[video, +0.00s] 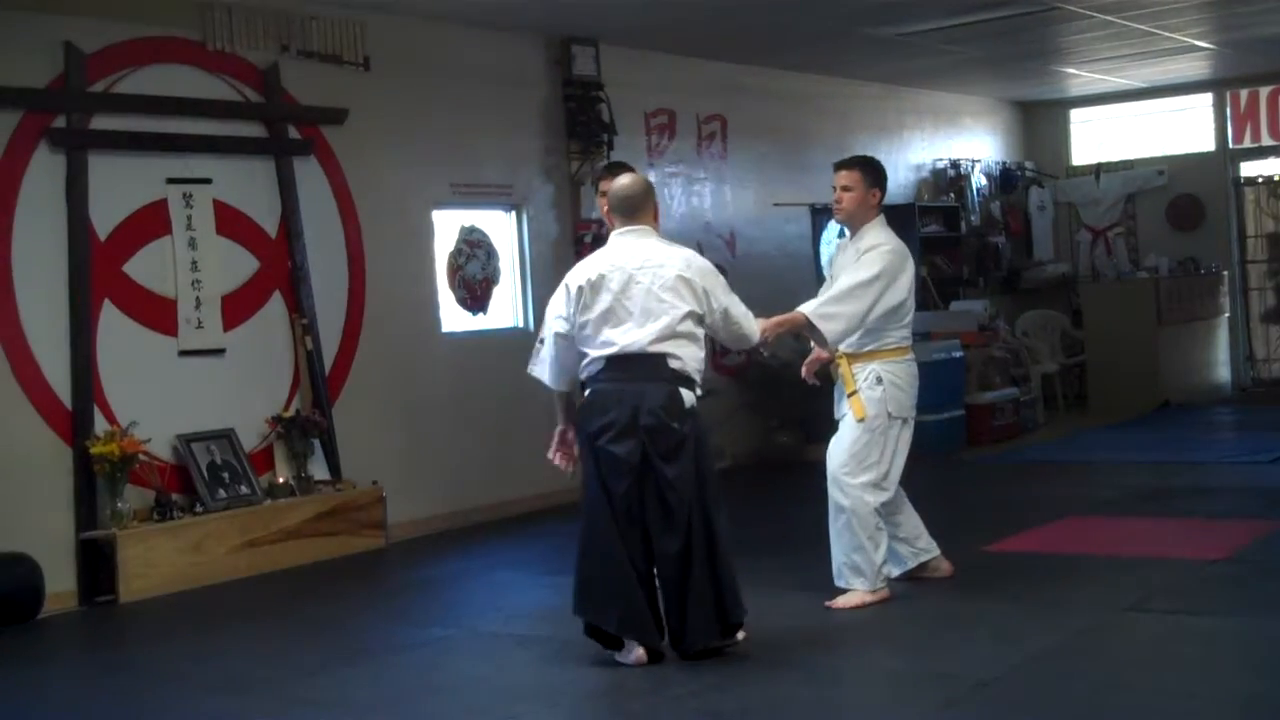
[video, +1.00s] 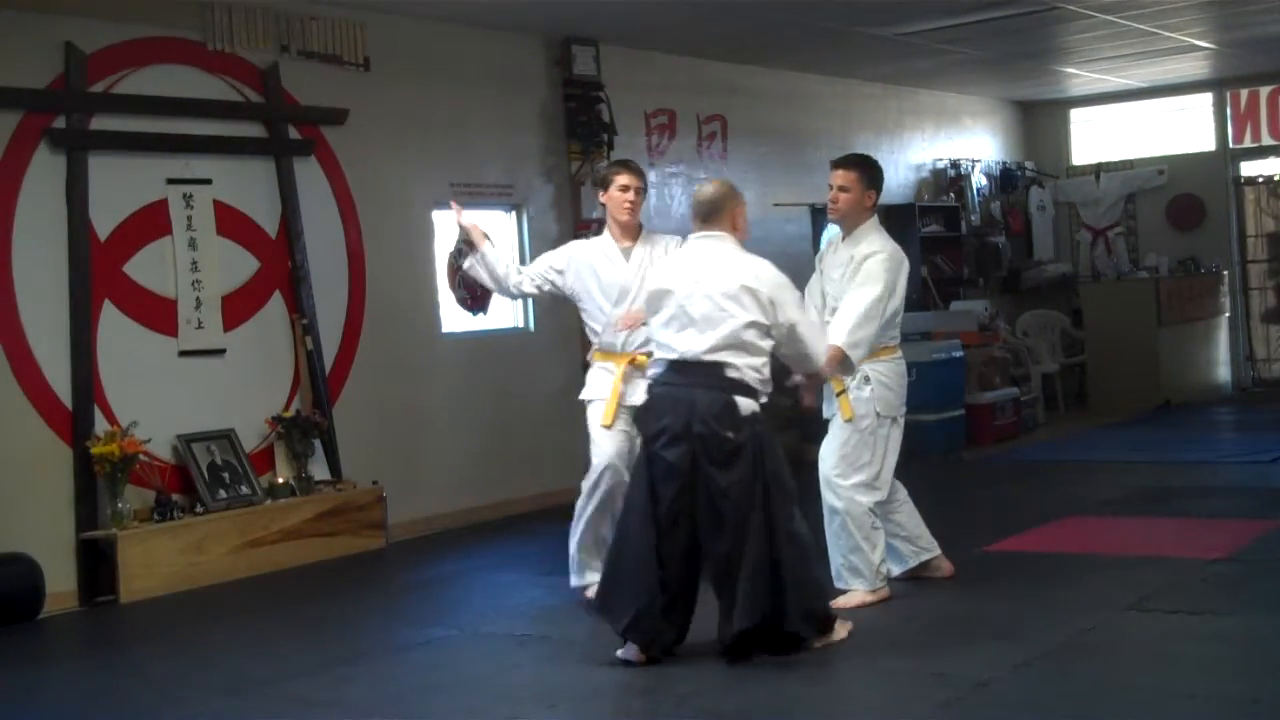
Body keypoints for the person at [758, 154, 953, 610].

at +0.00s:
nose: (836, 198)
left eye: (845, 190)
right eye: (834, 190)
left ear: (874, 197)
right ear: (838, 195)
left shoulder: (885, 250)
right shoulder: (851, 245)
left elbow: (841, 302)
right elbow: (849, 307)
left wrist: (783, 322)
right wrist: (827, 348)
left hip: (884, 374)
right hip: (856, 373)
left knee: (845, 465)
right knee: (869, 474)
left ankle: (868, 582)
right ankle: (925, 559)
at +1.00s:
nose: (831, 197)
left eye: (842, 190)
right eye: (830, 188)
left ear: (869, 198)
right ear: (831, 193)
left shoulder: (882, 254)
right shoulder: (833, 245)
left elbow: (856, 328)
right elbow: (810, 310)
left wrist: (817, 375)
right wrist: (801, 361)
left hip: (875, 373)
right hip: (846, 371)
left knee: (840, 470)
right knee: (868, 475)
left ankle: (864, 582)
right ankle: (926, 558)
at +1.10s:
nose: (835, 197)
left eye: (846, 190)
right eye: (834, 188)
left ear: (873, 198)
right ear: (834, 192)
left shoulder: (886, 254)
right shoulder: (833, 240)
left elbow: (872, 328)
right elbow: (821, 303)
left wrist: (849, 374)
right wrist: (812, 348)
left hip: (874, 375)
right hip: (842, 373)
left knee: (837, 469)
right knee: (868, 474)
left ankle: (865, 581)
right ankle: (925, 557)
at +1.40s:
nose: (849, 194)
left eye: (860, 188)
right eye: (847, 185)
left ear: (885, 198)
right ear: (844, 190)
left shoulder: (893, 252)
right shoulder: (840, 242)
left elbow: (918, 297)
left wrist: (935, 329)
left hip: (867, 371)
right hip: (834, 368)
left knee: (846, 477)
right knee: (863, 472)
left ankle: (864, 582)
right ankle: (924, 557)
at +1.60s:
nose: (854, 192)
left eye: (865, 187)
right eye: (852, 184)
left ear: (888, 197)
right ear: (849, 190)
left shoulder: (895, 251)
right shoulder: (843, 241)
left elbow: (923, 297)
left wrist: (944, 325)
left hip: (868, 370)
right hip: (836, 367)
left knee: (849, 479)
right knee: (864, 470)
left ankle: (863, 581)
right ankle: (924, 557)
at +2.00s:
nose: (851, 193)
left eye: (863, 187)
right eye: (851, 184)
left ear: (889, 197)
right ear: (849, 189)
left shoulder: (897, 250)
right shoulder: (845, 239)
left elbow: (918, 298)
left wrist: (931, 335)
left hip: (870, 370)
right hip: (837, 367)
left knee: (846, 476)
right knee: (869, 471)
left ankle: (864, 582)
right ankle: (926, 558)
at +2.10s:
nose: (849, 194)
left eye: (860, 187)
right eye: (848, 185)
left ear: (886, 196)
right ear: (846, 189)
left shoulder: (897, 250)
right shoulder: (842, 238)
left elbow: (910, 305)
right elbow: (821, 288)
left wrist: (914, 343)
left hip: (872, 373)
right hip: (839, 370)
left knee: (843, 473)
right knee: (872, 472)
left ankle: (865, 582)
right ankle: (926, 558)